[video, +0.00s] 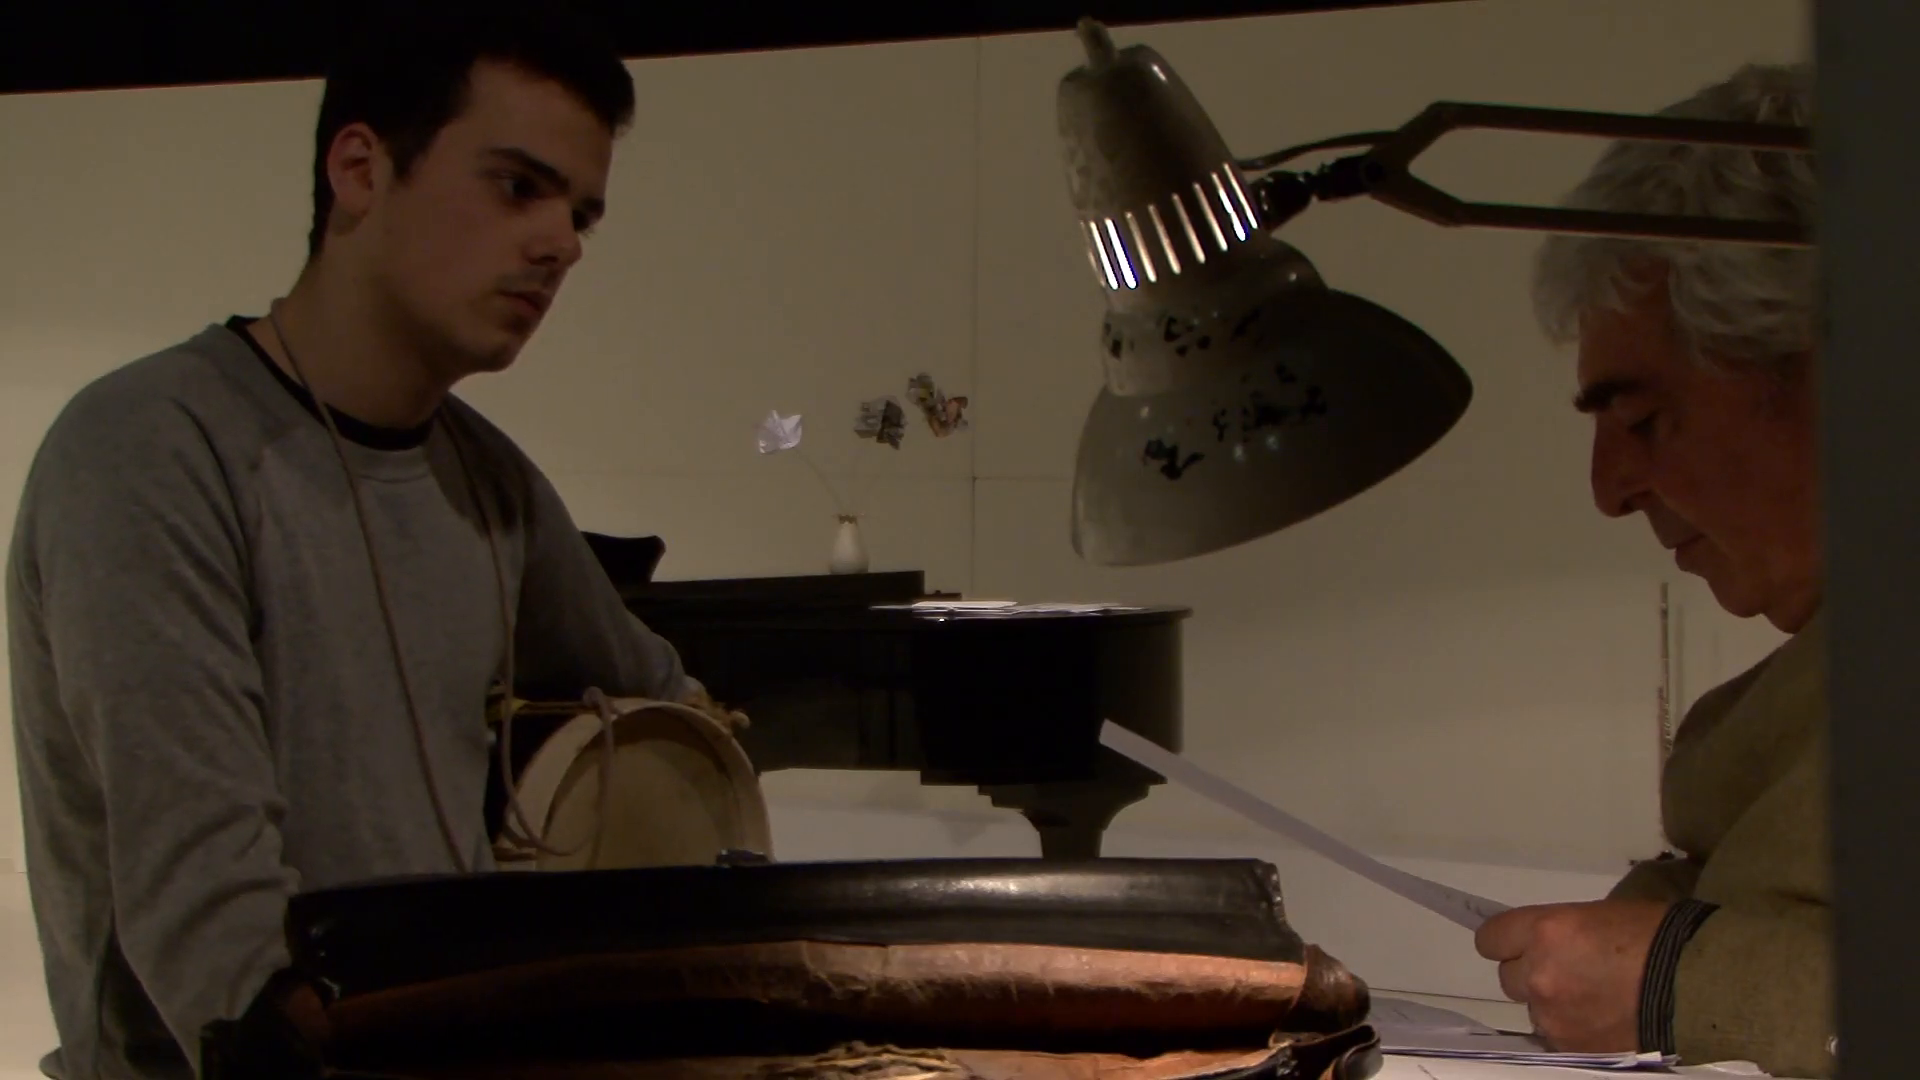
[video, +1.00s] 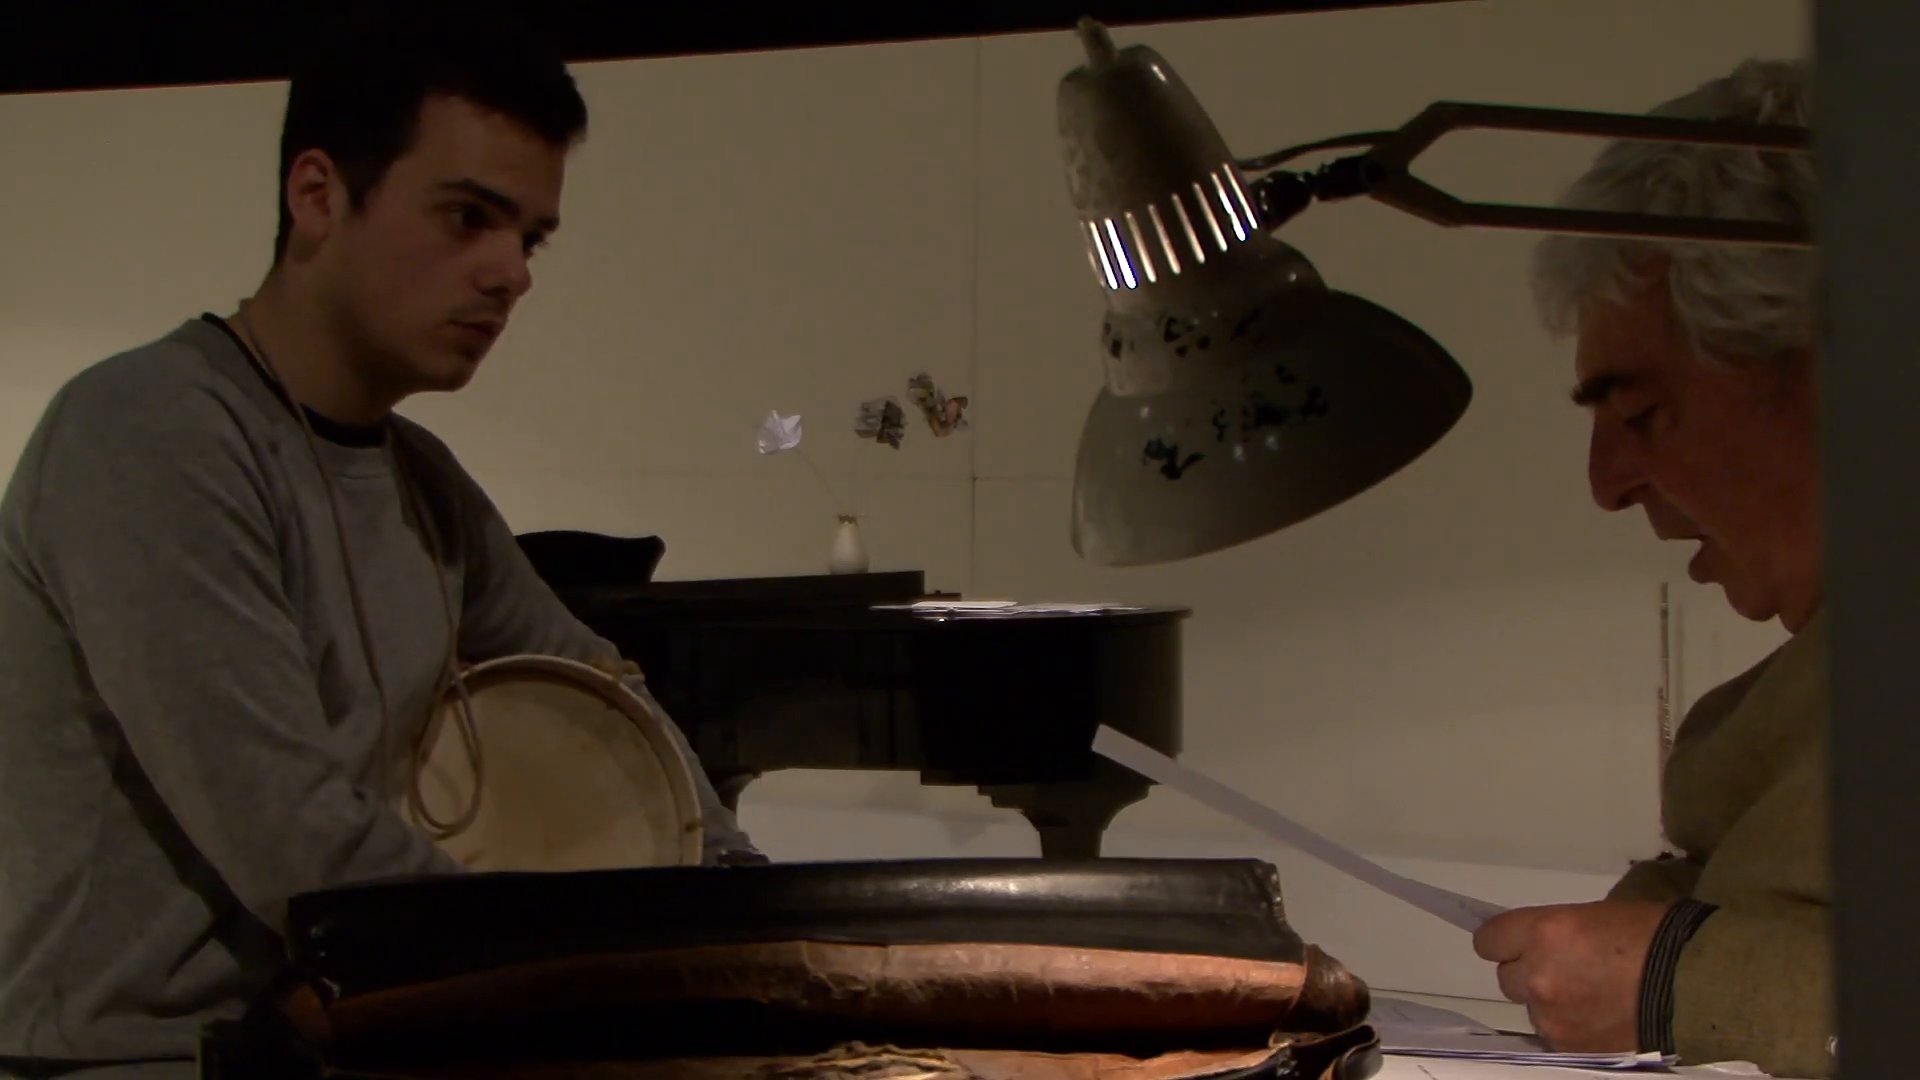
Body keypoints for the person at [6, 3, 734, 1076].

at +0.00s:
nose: (561, 246)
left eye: (581, 216)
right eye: (517, 185)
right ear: (359, 171)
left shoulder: (499, 487)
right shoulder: (138, 450)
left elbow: (666, 721)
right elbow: (205, 914)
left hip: (478, 1039)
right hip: (193, 1062)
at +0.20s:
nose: (558, 245)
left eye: (577, 215)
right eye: (512, 185)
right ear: (356, 173)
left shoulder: (495, 485)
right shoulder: (135, 449)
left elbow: (663, 721)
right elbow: (200, 900)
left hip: (472, 1039)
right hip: (187, 1062)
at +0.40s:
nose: (555, 258)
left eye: (573, 223)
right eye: (512, 197)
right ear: (353, 173)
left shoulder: (491, 479)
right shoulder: (138, 447)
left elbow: (650, 726)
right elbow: (191, 908)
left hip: (483, 1031)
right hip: (197, 1060)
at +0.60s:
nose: (523, 266)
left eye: (545, 228)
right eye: (479, 206)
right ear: (329, 186)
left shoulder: (461, 478)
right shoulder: (131, 443)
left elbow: (639, 724)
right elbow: (224, 887)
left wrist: (791, 926)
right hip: (178, 1057)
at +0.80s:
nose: (509, 272)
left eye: (529, 235)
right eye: (467, 212)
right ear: (314, 192)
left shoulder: (437, 483)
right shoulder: (129, 441)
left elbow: (616, 705)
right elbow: (277, 870)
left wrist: (762, 908)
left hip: (381, 1038)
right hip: (140, 1058)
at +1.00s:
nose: (509, 274)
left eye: (529, 241)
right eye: (468, 216)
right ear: (316, 197)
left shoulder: (425, 483)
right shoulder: (140, 434)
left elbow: (598, 706)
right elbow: (300, 853)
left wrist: (750, 910)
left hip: (351, 1035)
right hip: (132, 1056)